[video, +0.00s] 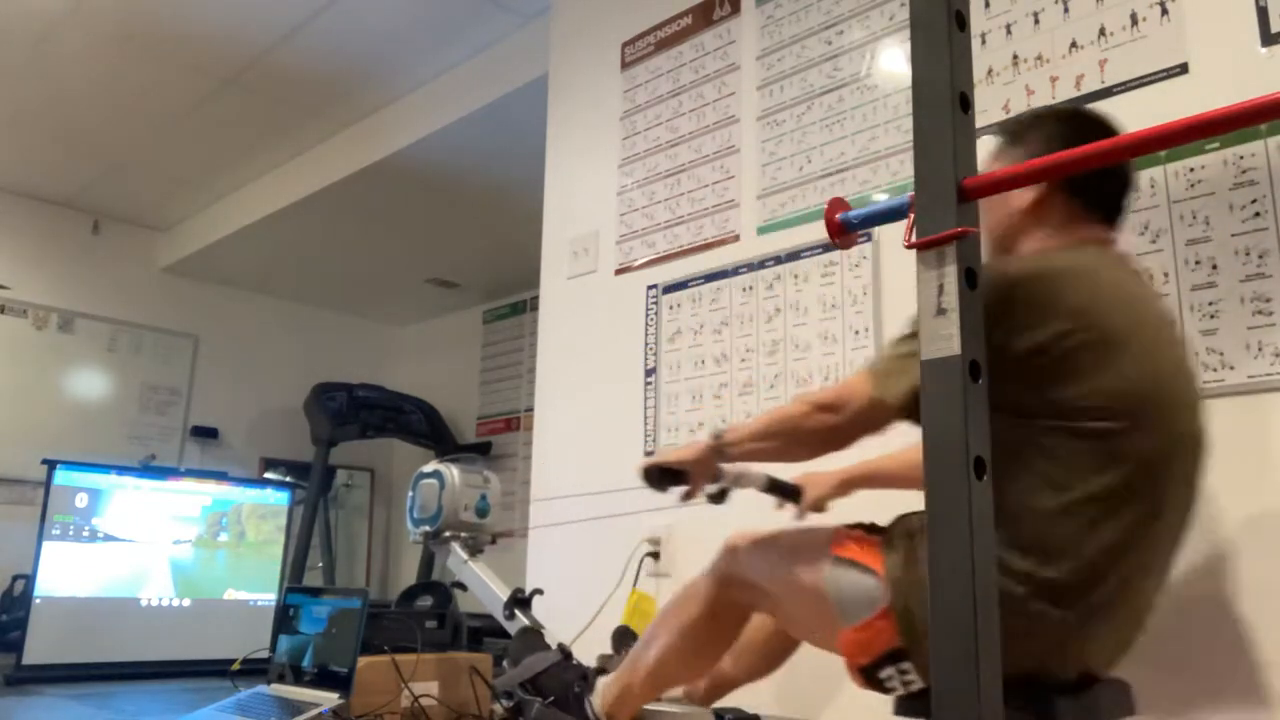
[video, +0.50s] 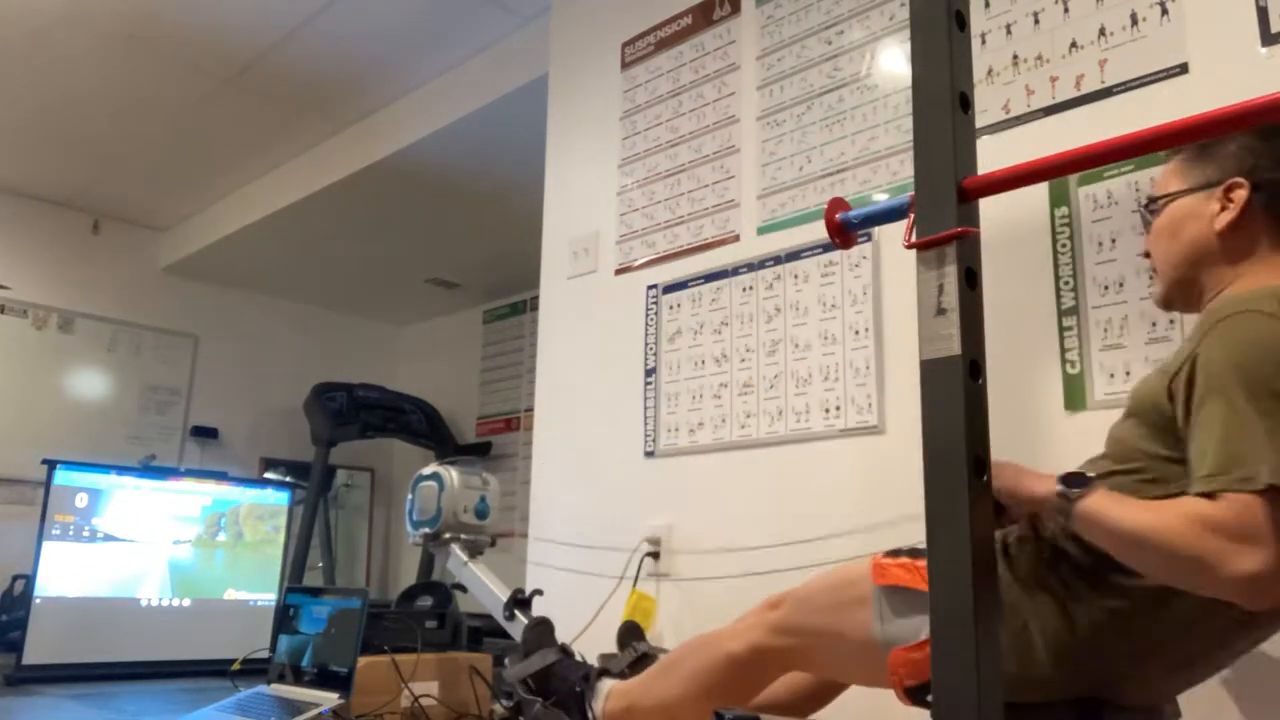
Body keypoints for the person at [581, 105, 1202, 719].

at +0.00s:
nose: (972, 209)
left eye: (985, 185)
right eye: (977, 185)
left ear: (1036, 187)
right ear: (1062, 193)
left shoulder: (1028, 287)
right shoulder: (1131, 301)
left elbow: (840, 415)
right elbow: (989, 459)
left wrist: (714, 448)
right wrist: (846, 476)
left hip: (995, 619)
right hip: (1071, 627)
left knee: (740, 559)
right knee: (808, 574)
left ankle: (610, 701)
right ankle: (693, 694)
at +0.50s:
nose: (1145, 234)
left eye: (1160, 206)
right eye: (1148, 213)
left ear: (1231, 207)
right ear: (1233, 212)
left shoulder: (1250, 327)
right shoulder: (1241, 329)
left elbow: (1252, 559)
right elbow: (1228, 547)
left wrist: (1058, 498)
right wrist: (1053, 505)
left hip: (1059, 630)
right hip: (1088, 631)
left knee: (783, 620)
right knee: (839, 629)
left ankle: (608, 704)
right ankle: (705, 716)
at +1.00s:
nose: (970, 227)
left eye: (982, 202)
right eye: (974, 205)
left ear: (1035, 201)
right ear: (1059, 206)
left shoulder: (1037, 306)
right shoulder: (1131, 306)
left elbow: (847, 445)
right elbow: (1029, 506)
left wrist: (724, 473)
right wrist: (862, 497)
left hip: (1023, 627)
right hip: (1092, 628)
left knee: (738, 557)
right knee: (837, 549)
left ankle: (612, 703)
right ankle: (694, 696)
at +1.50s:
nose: (684, 304)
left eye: (687, 286)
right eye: (684, 289)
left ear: (715, 277)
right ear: (778, 288)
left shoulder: (708, 351)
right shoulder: (829, 359)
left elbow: (590, 473)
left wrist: (515, 528)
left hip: (759, 630)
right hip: (850, 633)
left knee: (607, 484)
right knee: (698, 475)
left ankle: (603, 687)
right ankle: (685, 656)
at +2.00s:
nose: (742, 271)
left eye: (746, 254)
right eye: (742, 257)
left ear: (780, 251)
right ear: (842, 260)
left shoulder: (767, 332)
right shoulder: (891, 337)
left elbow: (654, 469)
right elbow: (822, 499)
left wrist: (571, 510)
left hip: (807, 626)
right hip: (905, 631)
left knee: (634, 508)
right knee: (711, 482)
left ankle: (606, 693)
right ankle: (680, 677)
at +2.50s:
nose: (1169, 238)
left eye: (1183, 208)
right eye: (1173, 213)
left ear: (1260, 207)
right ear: (1259, 212)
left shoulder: (1242, 335)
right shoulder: (1261, 340)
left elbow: (1131, 525)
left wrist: (971, 472)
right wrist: (1002, 488)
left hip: (1041, 620)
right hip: (1115, 650)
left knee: (778, 629)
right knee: (840, 648)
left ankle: (604, 707)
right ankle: (720, 717)